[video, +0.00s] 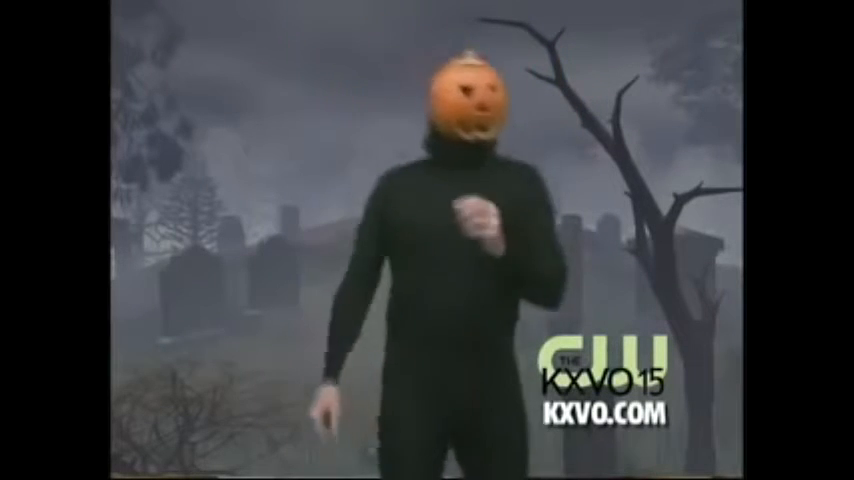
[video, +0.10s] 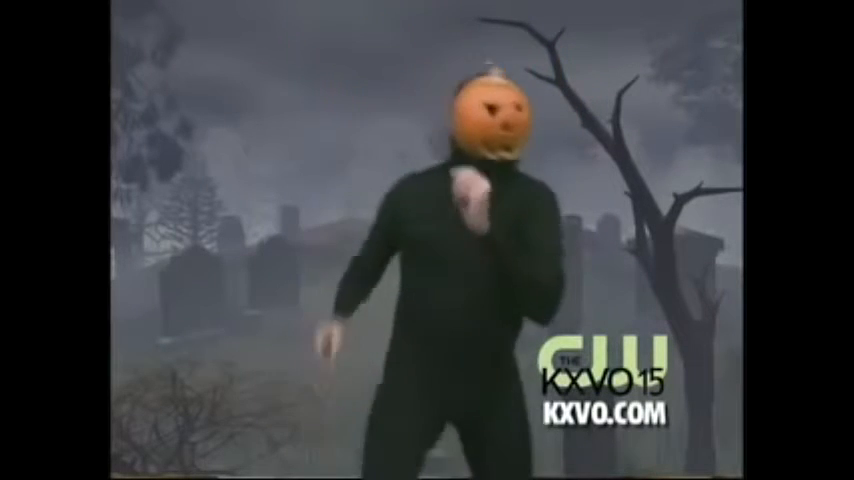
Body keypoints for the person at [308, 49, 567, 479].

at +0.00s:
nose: (480, 97)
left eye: (491, 88)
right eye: (464, 87)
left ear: (504, 106)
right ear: (435, 103)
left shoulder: (520, 184)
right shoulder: (397, 187)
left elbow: (551, 291)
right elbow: (359, 283)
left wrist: (503, 247)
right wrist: (330, 377)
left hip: (490, 385)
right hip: (412, 386)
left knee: (504, 472)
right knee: (405, 472)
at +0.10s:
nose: (506, 119)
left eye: (517, 108)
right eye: (489, 108)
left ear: (529, 124)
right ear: (456, 119)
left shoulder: (534, 200)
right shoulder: (414, 192)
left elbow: (544, 306)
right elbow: (372, 257)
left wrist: (489, 229)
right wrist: (340, 314)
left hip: (490, 382)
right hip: (413, 380)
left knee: (509, 472)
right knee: (383, 471)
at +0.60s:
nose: (542, 100)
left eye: (553, 94)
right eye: (528, 87)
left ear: (557, 119)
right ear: (491, 97)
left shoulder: (545, 191)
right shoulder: (443, 159)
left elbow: (499, 231)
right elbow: (401, 229)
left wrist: (423, 176)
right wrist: (357, 260)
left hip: (475, 353)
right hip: (405, 331)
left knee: (480, 471)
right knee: (312, 366)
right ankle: (326, 474)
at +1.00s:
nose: (419, 93)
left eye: (425, 85)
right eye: (402, 87)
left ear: (438, 98)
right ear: (368, 105)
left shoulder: (453, 170)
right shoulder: (343, 186)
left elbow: (484, 271)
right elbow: (302, 301)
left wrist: (516, 360)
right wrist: (370, 366)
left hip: (458, 359)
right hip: (384, 363)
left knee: (490, 469)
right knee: (387, 473)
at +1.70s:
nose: (397, 107)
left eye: (400, 96)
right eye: (379, 103)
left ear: (417, 107)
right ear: (352, 125)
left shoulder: (423, 177)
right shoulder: (341, 211)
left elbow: (444, 244)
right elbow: (385, 294)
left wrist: (479, 281)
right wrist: (429, 225)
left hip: (444, 349)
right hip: (384, 368)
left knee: (555, 391)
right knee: (387, 471)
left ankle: (520, 474)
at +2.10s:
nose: (471, 110)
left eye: (483, 99)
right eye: (457, 100)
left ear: (502, 110)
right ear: (437, 110)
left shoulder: (525, 183)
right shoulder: (410, 184)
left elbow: (569, 283)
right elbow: (378, 278)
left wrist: (507, 314)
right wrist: (356, 367)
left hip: (504, 375)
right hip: (425, 372)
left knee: (517, 471)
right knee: (392, 471)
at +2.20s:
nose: (487, 120)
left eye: (500, 110)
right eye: (473, 111)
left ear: (516, 125)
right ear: (452, 125)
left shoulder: (535, 203)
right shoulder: (430, 197)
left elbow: (547, 310)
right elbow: (397, 265)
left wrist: (462, 283)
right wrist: (360, 331)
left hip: (508, 379)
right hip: (434, 371)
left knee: (527, 471)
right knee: (359, 468)